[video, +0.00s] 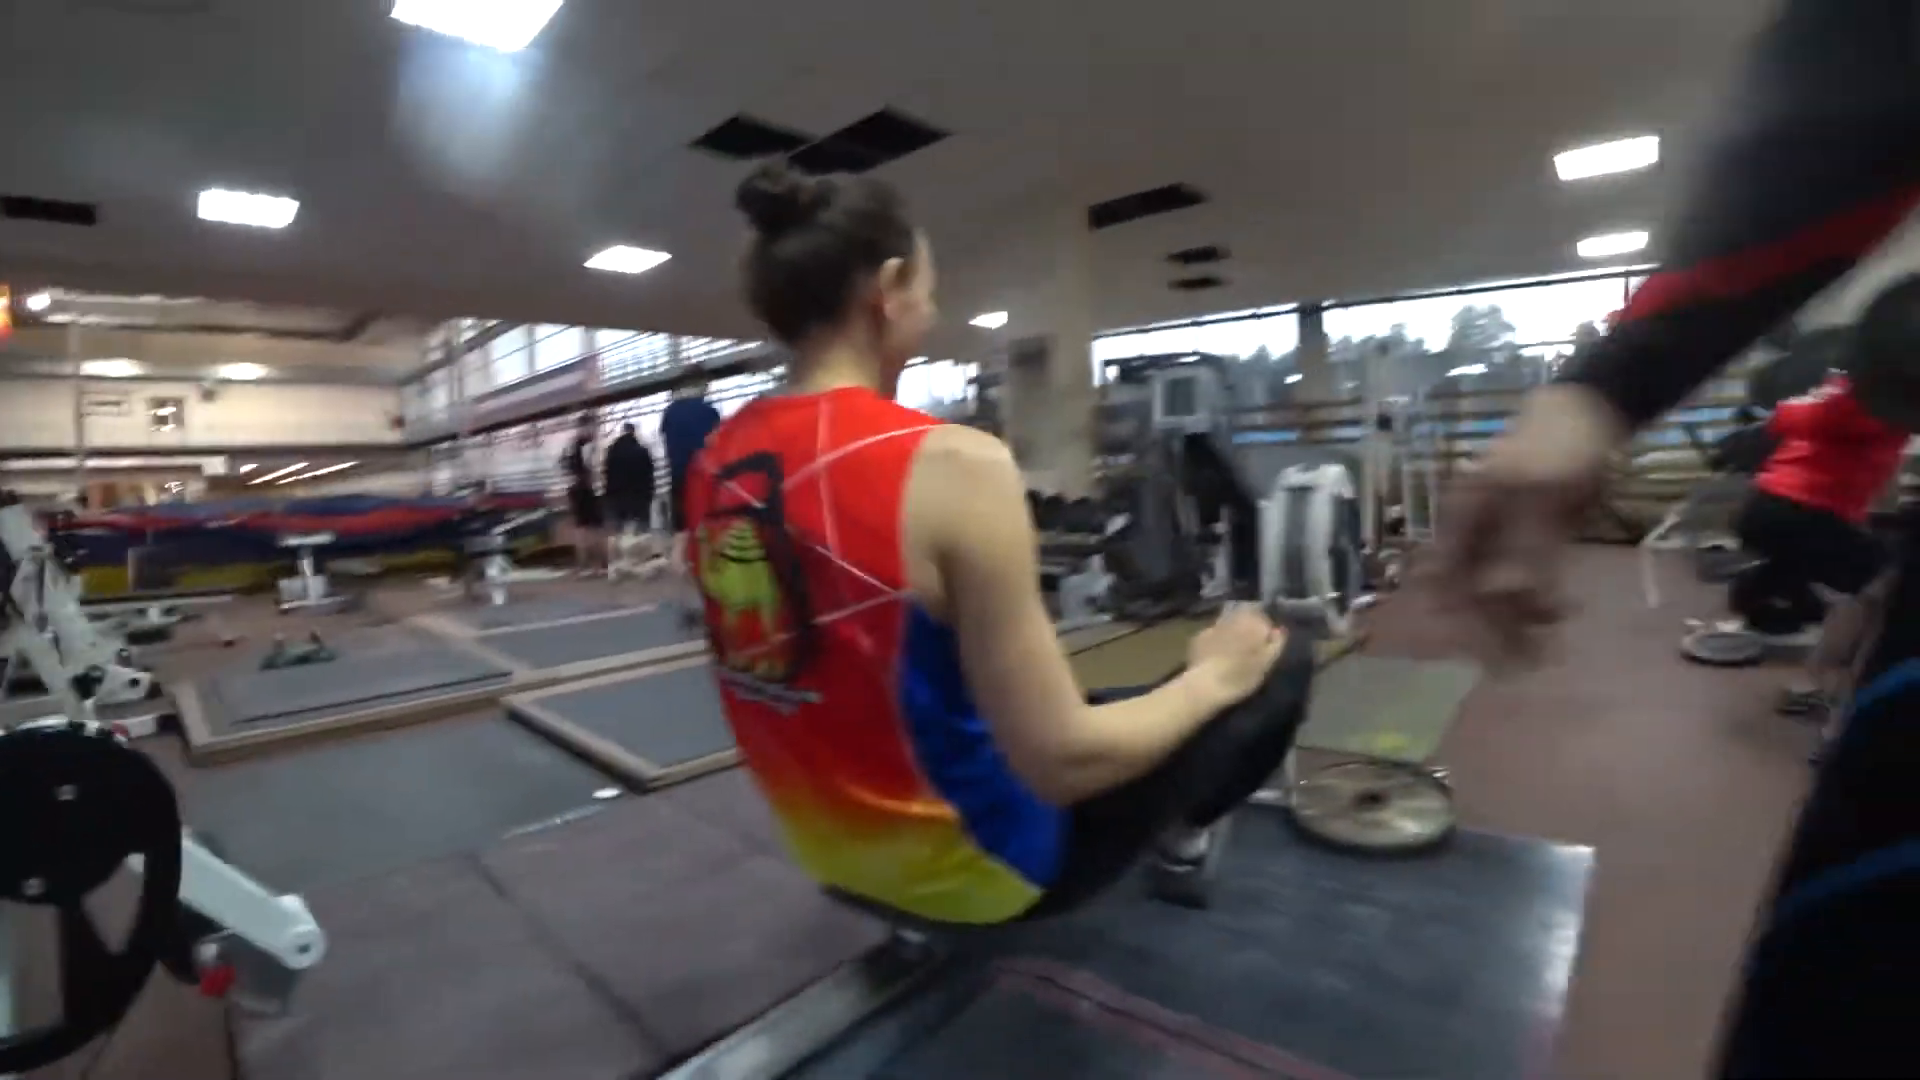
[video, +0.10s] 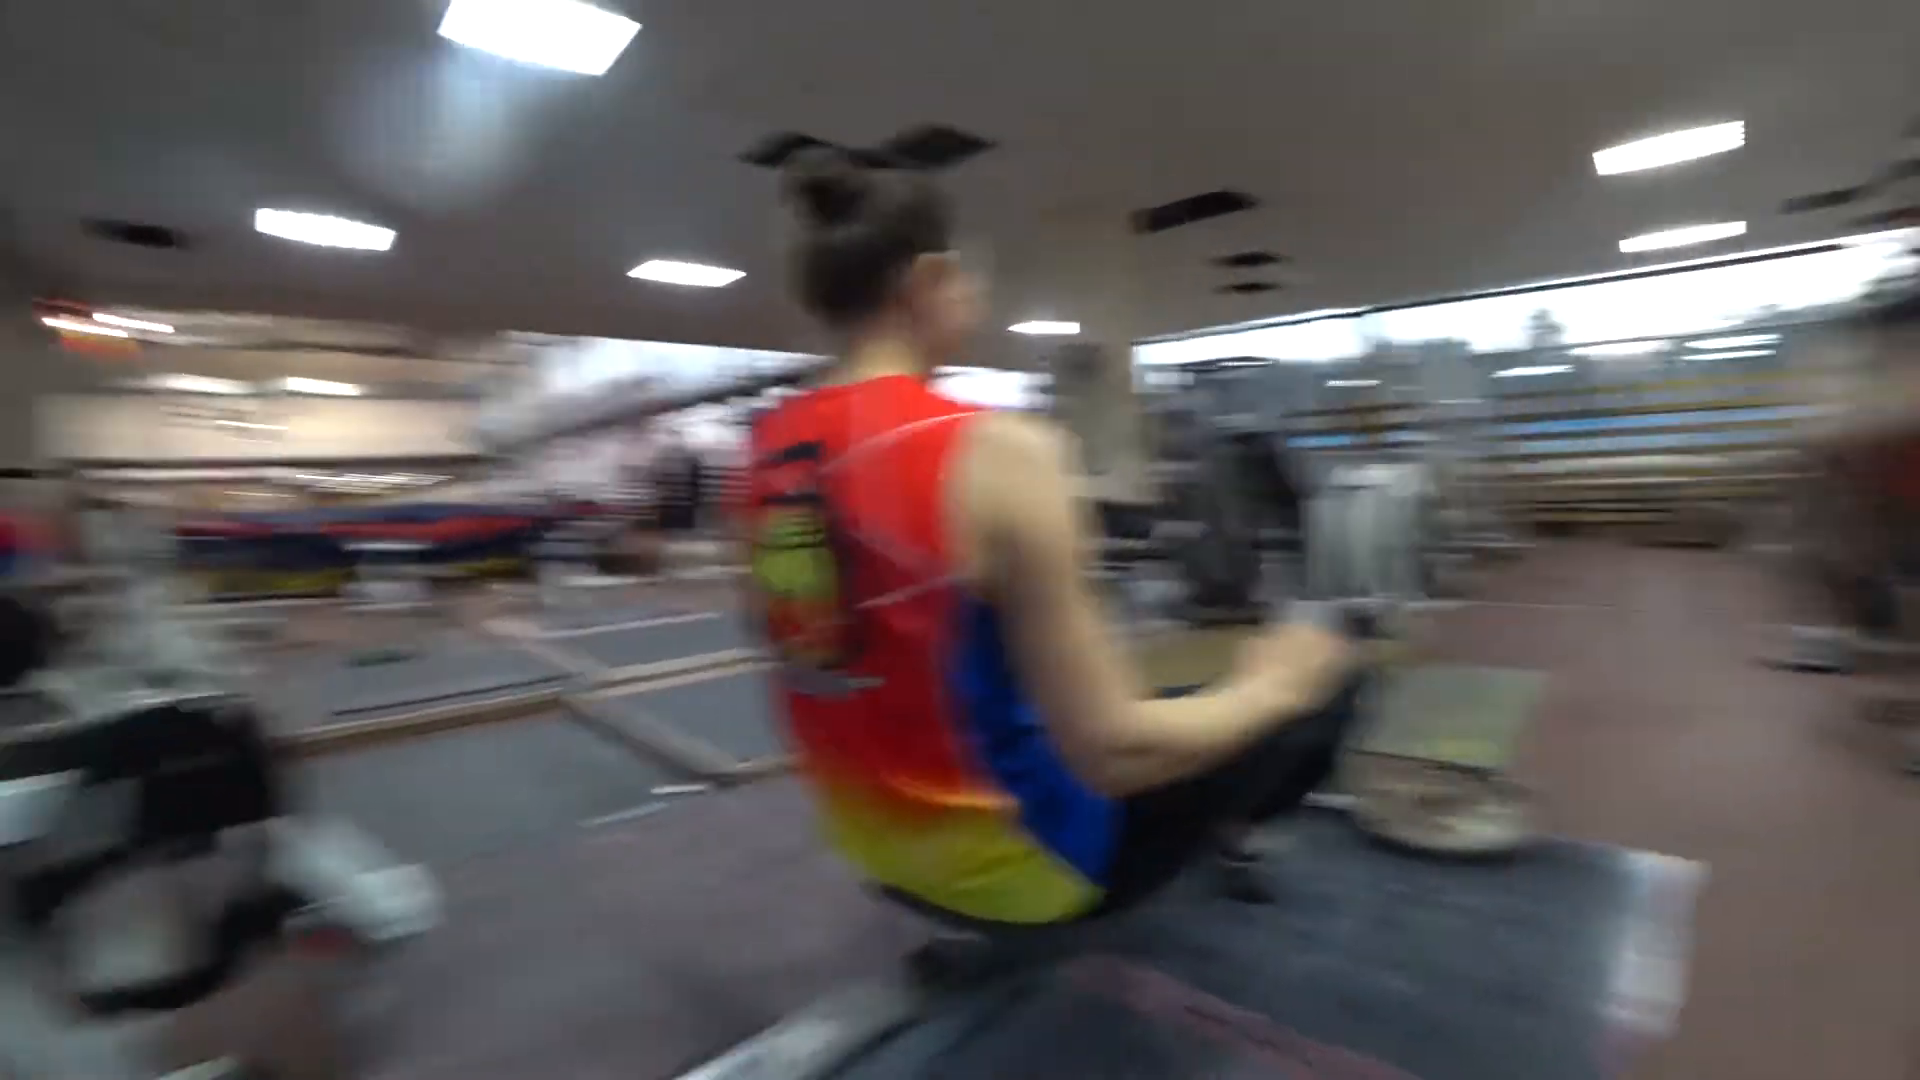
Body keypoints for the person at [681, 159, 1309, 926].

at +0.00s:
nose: (931, 314)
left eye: (931, 291)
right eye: (928, 290)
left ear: (782, 308)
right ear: (886, 294)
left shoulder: (720, 460)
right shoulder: (955, 468)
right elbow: (1059, 762)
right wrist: (1210, 677)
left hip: (838, 867)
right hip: (985, 886)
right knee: (1277, 658)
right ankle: (1186, 837)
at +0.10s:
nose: (978, 302)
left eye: (974, 279)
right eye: (967, 278)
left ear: (824, 295)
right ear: (922, 285)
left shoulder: (776, 448)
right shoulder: (999, 456)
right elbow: (1109, 750)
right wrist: (1267, 687)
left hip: (888, 864)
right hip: (1030, 883)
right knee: (1322, 668)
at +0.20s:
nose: (1196, 289)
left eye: (1188, 261)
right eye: (1177, 261)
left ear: (1035, 285)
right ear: (1126, 273)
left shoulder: (984, 442)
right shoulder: (1196, 438)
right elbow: (1323, 743)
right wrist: (1513, 702)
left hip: (1093, 869)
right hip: (1240, 886)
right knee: (1543, 714)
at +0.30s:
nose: (1462, 274)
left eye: (1457, 243)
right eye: (1444, 243)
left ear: (1290, 271)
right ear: (1385, 254)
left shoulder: (1229, 436)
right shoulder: (1480, 447)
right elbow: (1611, 797)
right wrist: (1817, 788)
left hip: (1310, 917)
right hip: (1474, 950)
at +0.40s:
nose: (1682, 263)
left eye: (1682, 231)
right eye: (1674, 230)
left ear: (1504, 252)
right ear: (1620, 230)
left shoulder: (1405, 423)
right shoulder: (1706, 448)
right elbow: (1828, 861)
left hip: (1442, 940)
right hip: (1637, 992)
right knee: (1898, 998)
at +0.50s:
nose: (1750, 275)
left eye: (1754, 244)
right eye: (1749, 242)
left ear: (1556, 233)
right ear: (1691, 219)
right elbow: (1865, 903)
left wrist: (1724, 839)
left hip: (1457, 967)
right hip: (1652, 1010)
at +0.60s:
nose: (1633, 268)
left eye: (1639, 235)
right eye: (1625, 232)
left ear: (1438, 242)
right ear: (1547, 232)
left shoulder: (1335, 404)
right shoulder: (1587, 439)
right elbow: (1682, 865)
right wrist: (1867, 897)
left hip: (1316, 952)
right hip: (1483, 998)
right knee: (1877, 1015)